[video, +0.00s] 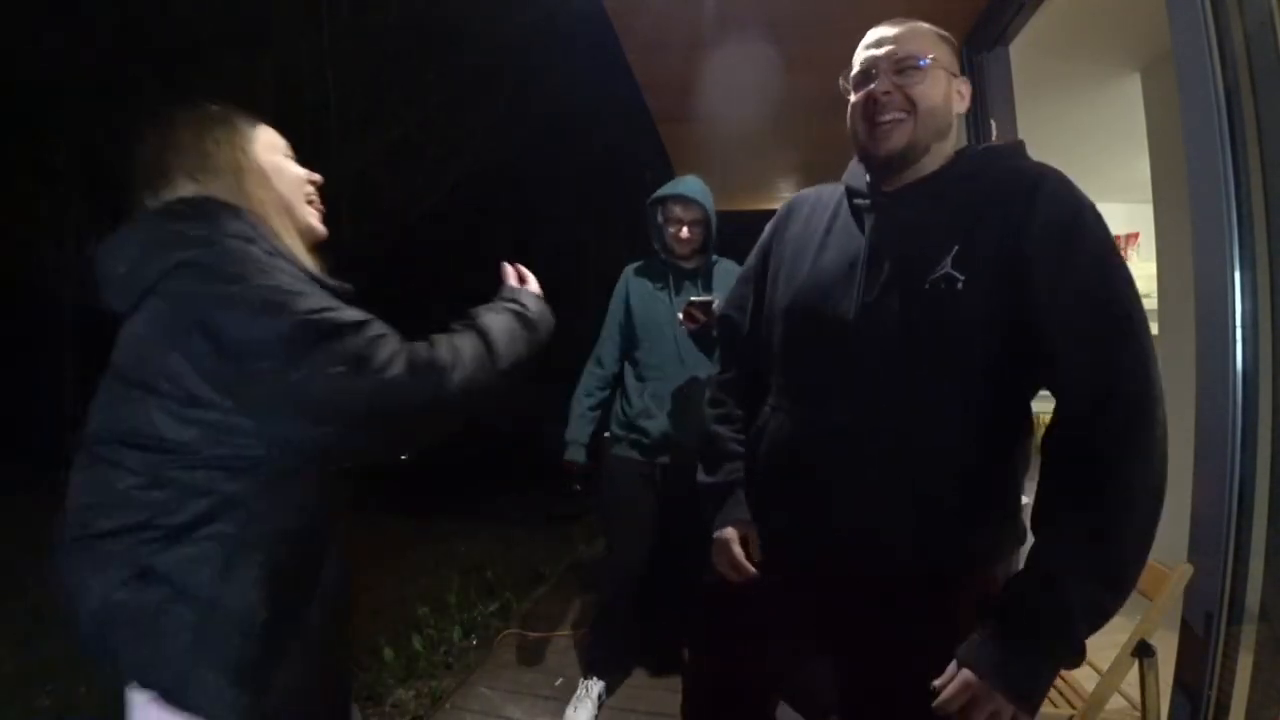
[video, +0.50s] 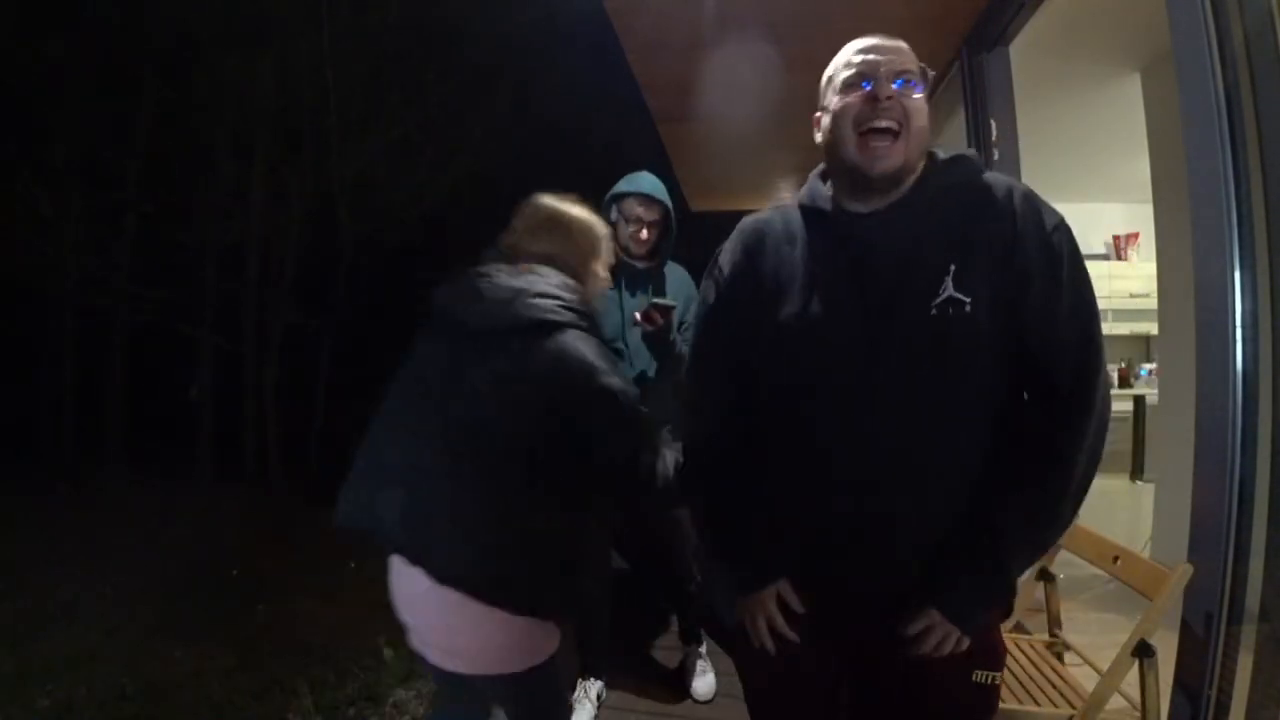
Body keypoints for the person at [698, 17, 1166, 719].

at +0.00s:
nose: (877, 87)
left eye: (906, 67)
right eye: (862, 78)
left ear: (960, 93)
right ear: (847, 109)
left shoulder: (1030, 205)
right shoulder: (797, 220)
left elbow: (1117, 428)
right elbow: (729, 379)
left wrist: (1027, 642)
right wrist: (725, 500)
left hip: (943, 592)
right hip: (786, 581)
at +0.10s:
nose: (899, 79)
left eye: (930, 63)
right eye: (883, 69)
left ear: (974, 97)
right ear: (860, 97)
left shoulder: (1035, 206)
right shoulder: (801, 217)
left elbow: (1116, 432)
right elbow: (735, 374)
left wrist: (1016, 644)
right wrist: (730, 506)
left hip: (939, 595)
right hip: (777, 581)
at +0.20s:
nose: (909, 76)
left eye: (941, 63)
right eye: (891, 64)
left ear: (979, 102)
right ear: (865, 99)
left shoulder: (1040, 209)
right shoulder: (796, 218)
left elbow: (1104, 440)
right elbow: (730, 376)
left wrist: (990, 638)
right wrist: (735, 511)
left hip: (944, 596)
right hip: (787, 582)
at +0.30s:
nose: (910, 77)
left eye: (939, 66)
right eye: (890, 66)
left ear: (970, 107)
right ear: (858, 102)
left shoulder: (1038, 216)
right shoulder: (785, 226)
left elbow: (1086, 440)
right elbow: (722, 391)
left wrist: (973, 617)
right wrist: (737, 525)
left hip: (936, 611)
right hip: (783, 593)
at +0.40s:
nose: (901, 83)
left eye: (925, 72)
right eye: (878, 71)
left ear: (954, 110)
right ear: (841, 114)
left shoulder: (1030, 225)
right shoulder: (772, 235)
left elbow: (1075, 433)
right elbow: (712, 403)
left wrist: (971, 600)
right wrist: (739, 547)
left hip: (943, 612)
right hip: (790, 597)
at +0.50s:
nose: (884, 94)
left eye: (904, 81)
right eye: (859, 81)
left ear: (930, 117)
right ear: (820, 125)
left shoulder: (1013, 226)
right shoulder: (758, 249)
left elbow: (1071, 419)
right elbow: (703, 429)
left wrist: (975, 585)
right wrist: (741, 574)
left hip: (944, 615)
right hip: (793, 613)